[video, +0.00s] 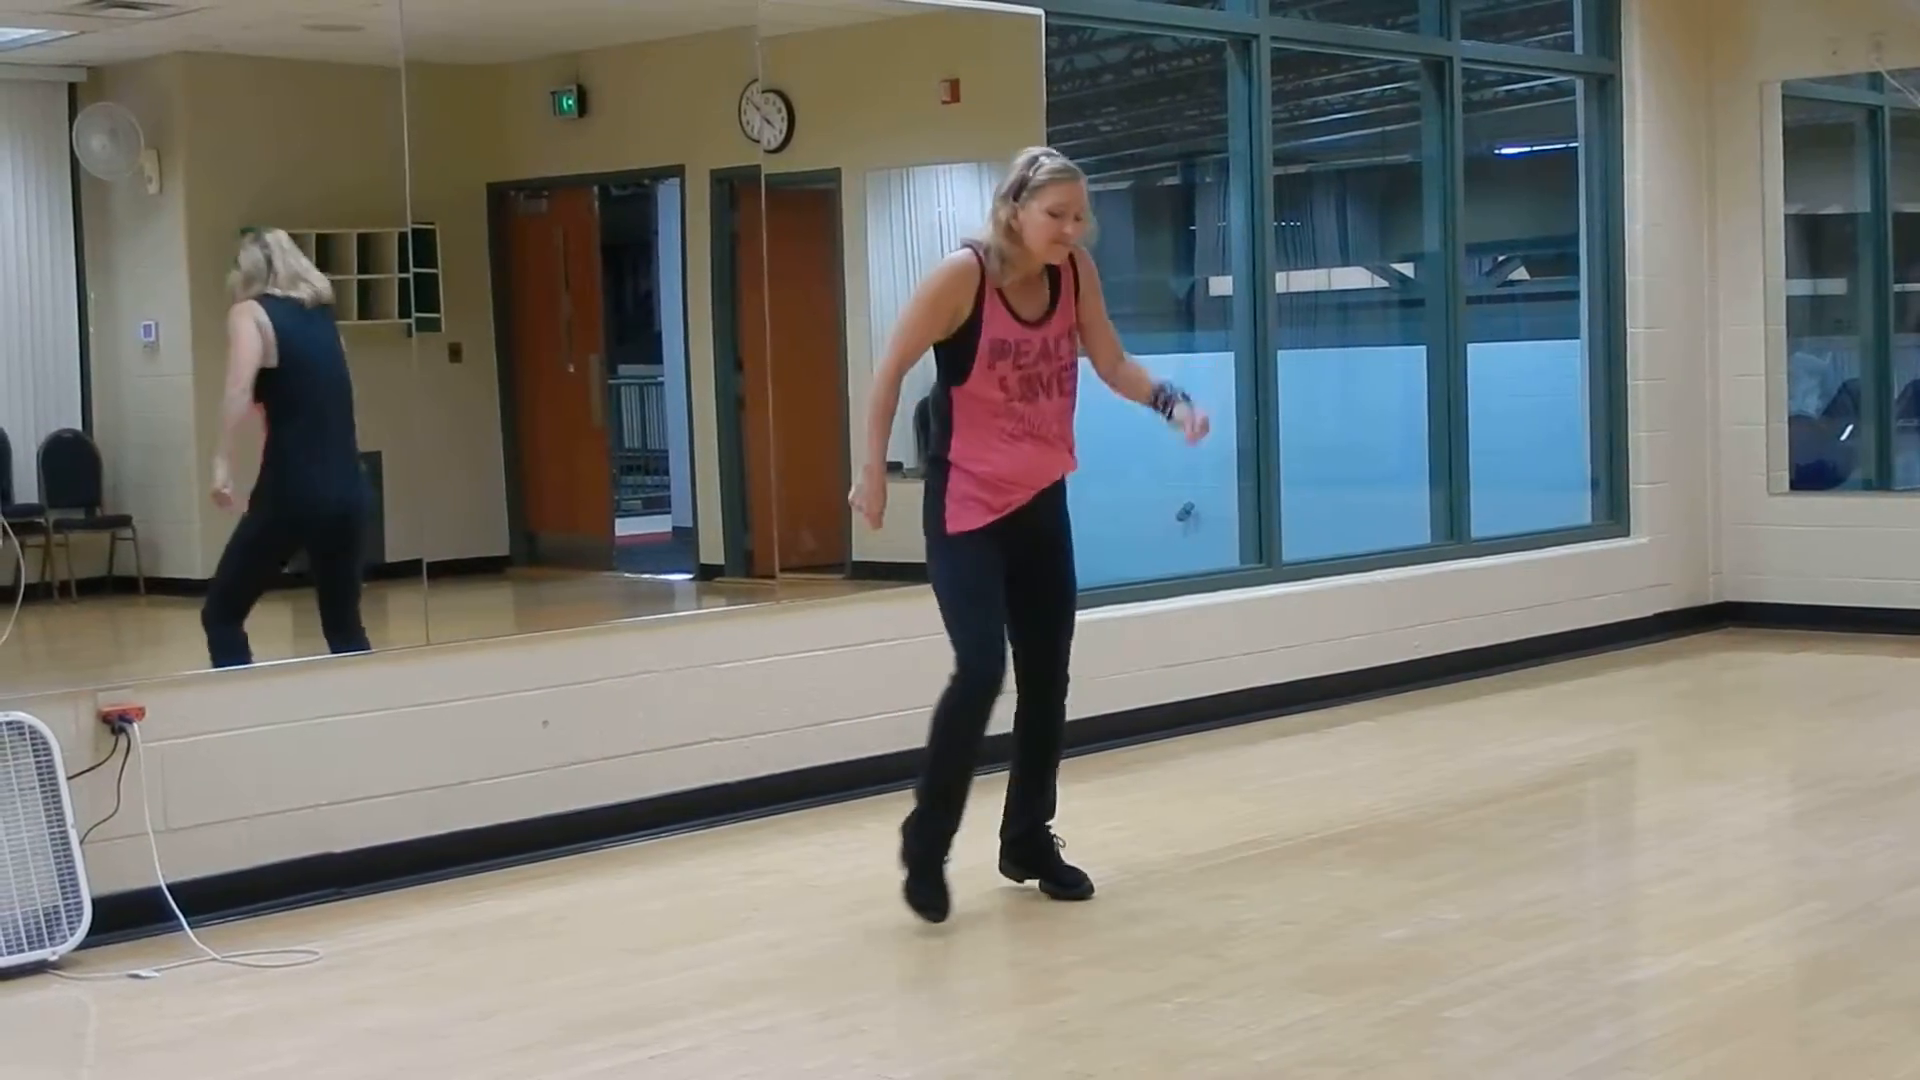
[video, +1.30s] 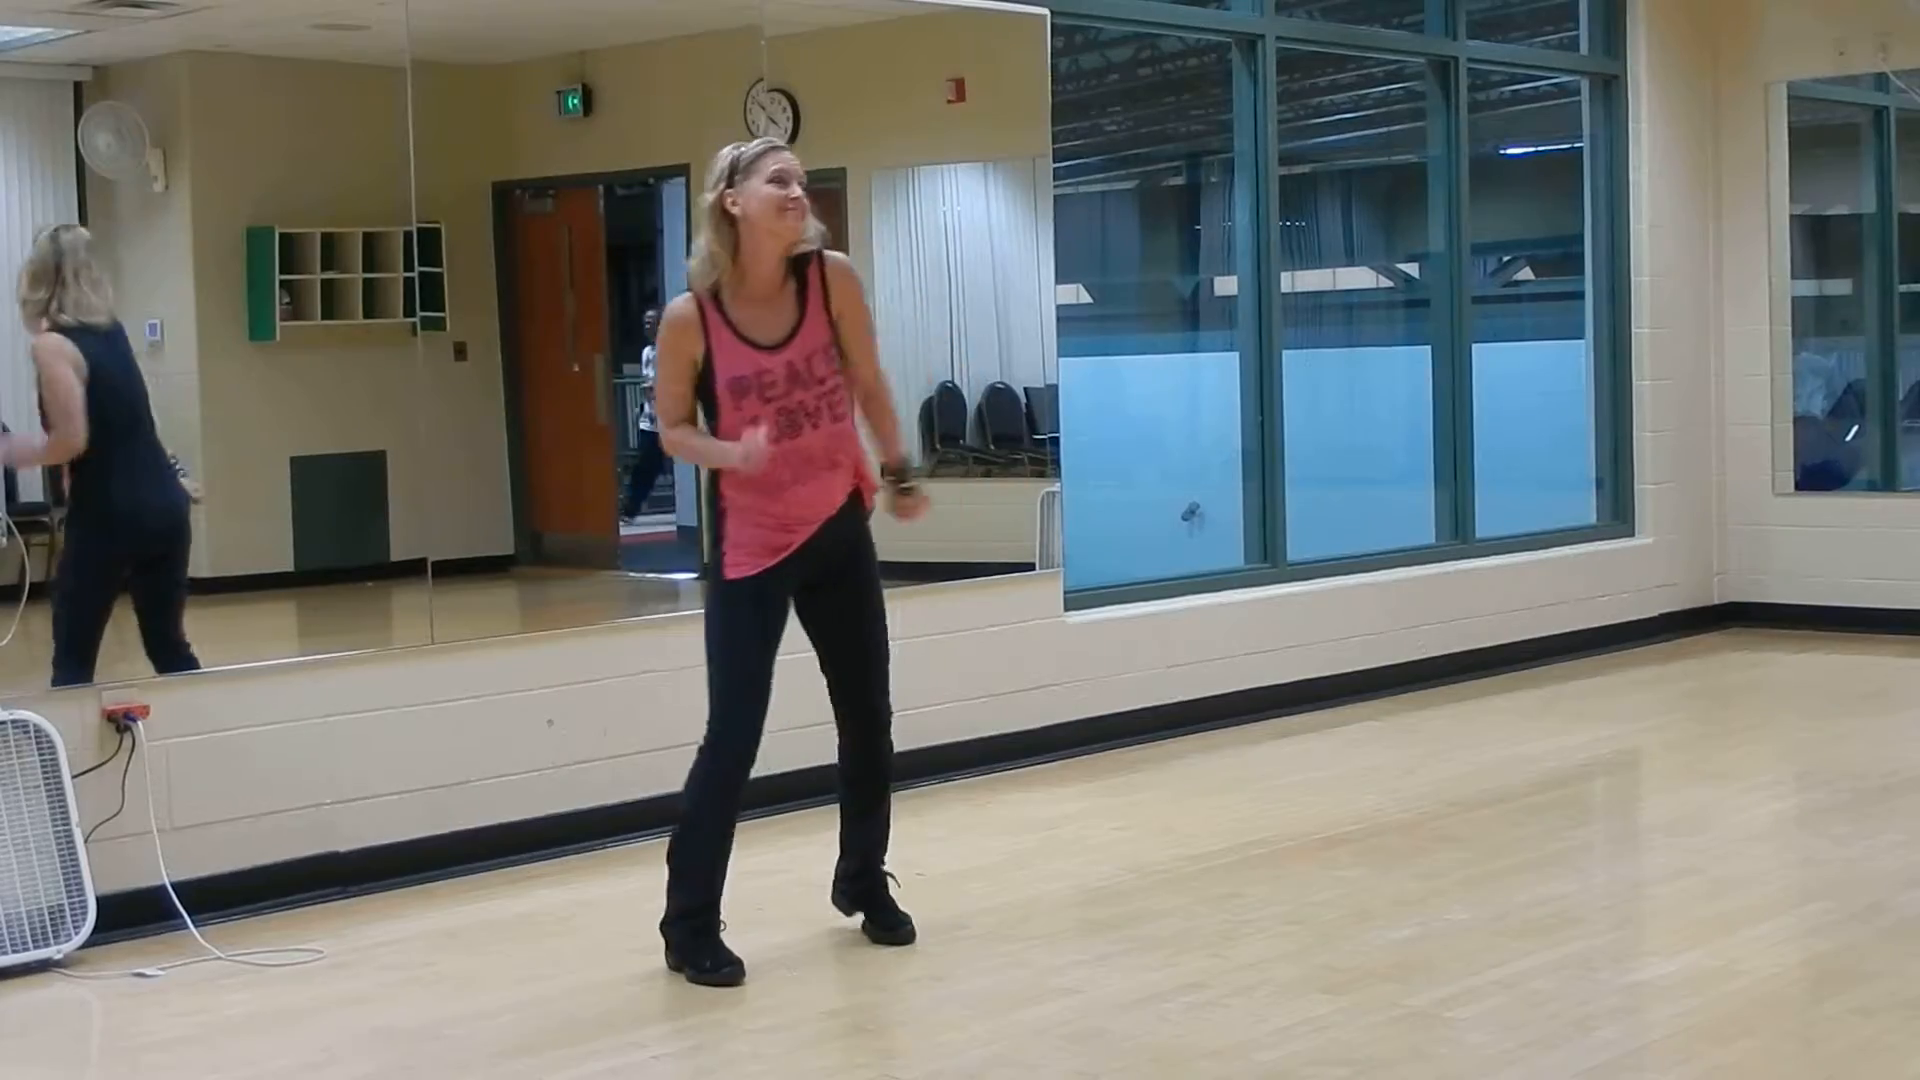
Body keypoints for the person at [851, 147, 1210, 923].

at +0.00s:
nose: (1069, 229)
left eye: (1077, 217)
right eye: (1056, 215)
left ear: (1082, 220)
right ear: (1014, 212)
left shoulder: (1075, 273)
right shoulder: (962, 278)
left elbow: (1114, 365)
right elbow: (890, 370)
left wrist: (1167, 397)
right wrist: (872, 472)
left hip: (1041, 499)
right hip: (965, 504)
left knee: (1046, 678)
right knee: (981, 671)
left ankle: (1027, 843)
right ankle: (925, 846)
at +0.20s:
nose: (1044, 222)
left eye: (1052, 207)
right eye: (1027, 209)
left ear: (1061, 210)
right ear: (986, 214)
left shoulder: (1065, 279)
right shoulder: (950, 284)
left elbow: (1075, 375)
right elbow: (860, 362)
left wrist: (1091, 470)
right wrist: (905, 448)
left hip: (1022, 513)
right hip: (941, 516)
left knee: (1028, 687)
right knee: (905, 695)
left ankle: (1032, 839)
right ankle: (864, 877)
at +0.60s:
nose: (924, 198)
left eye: (922, 186)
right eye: (902, 196)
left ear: (933, 207)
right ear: (869, 233)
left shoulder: (958, 296)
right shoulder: (860, 312)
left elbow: (944, 400)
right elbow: (843, 426)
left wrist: (977, 453)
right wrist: (878, 504)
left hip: (913, 537)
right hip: (836, 539)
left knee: (972, 711)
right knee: (846, 729)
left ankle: (926, 819)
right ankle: (838, 910)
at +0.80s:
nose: (881, 197)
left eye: (882, 186)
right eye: (857, 195)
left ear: (897, 211)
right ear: (828, 234)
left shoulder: (925, 300)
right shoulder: (825, 319)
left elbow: (939, 410)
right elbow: (786, 443)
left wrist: (988, 360)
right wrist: (769, 555)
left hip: (899, 547)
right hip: (818, 556)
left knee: (918, 729)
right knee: (838, 734)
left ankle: (870, 874)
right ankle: (837, 905)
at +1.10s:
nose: (834, 175)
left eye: (838, 165)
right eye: (813, 166)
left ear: (850, 188)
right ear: (771, 194)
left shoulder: (873, 255)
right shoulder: (741, 294)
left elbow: (947, 338)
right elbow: (690, 384)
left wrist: (1005, 385)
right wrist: (719, 476)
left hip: (880, 513)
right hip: (795, 525)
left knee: (876, 715)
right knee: (789, 716)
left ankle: (863, 884)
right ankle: (742, 908)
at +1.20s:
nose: (815, 185)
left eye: (820, 175)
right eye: (793, 175)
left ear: (830, 200)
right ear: (749, 203)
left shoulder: (853, 267)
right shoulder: (715, 310)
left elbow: (917, 361)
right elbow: (687, 405)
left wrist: (976, 446)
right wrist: (731, 472)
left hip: (864, 524)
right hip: (778, 537)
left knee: (866, 722)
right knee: (758, 730)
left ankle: (860, 884)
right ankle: (694, 917)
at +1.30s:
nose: (799, 194)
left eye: (801, 183)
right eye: (778, 182)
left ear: (804, 206)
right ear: (731, 204)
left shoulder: (833, 278)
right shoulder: (689, 319)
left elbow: (870, 381)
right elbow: (672, 431)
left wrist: (898, 467)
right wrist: (731, 452)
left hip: (839, 528)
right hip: (749, 546)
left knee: (868, 718)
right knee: (733, 739)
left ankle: (862, 878)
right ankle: (690, 925)